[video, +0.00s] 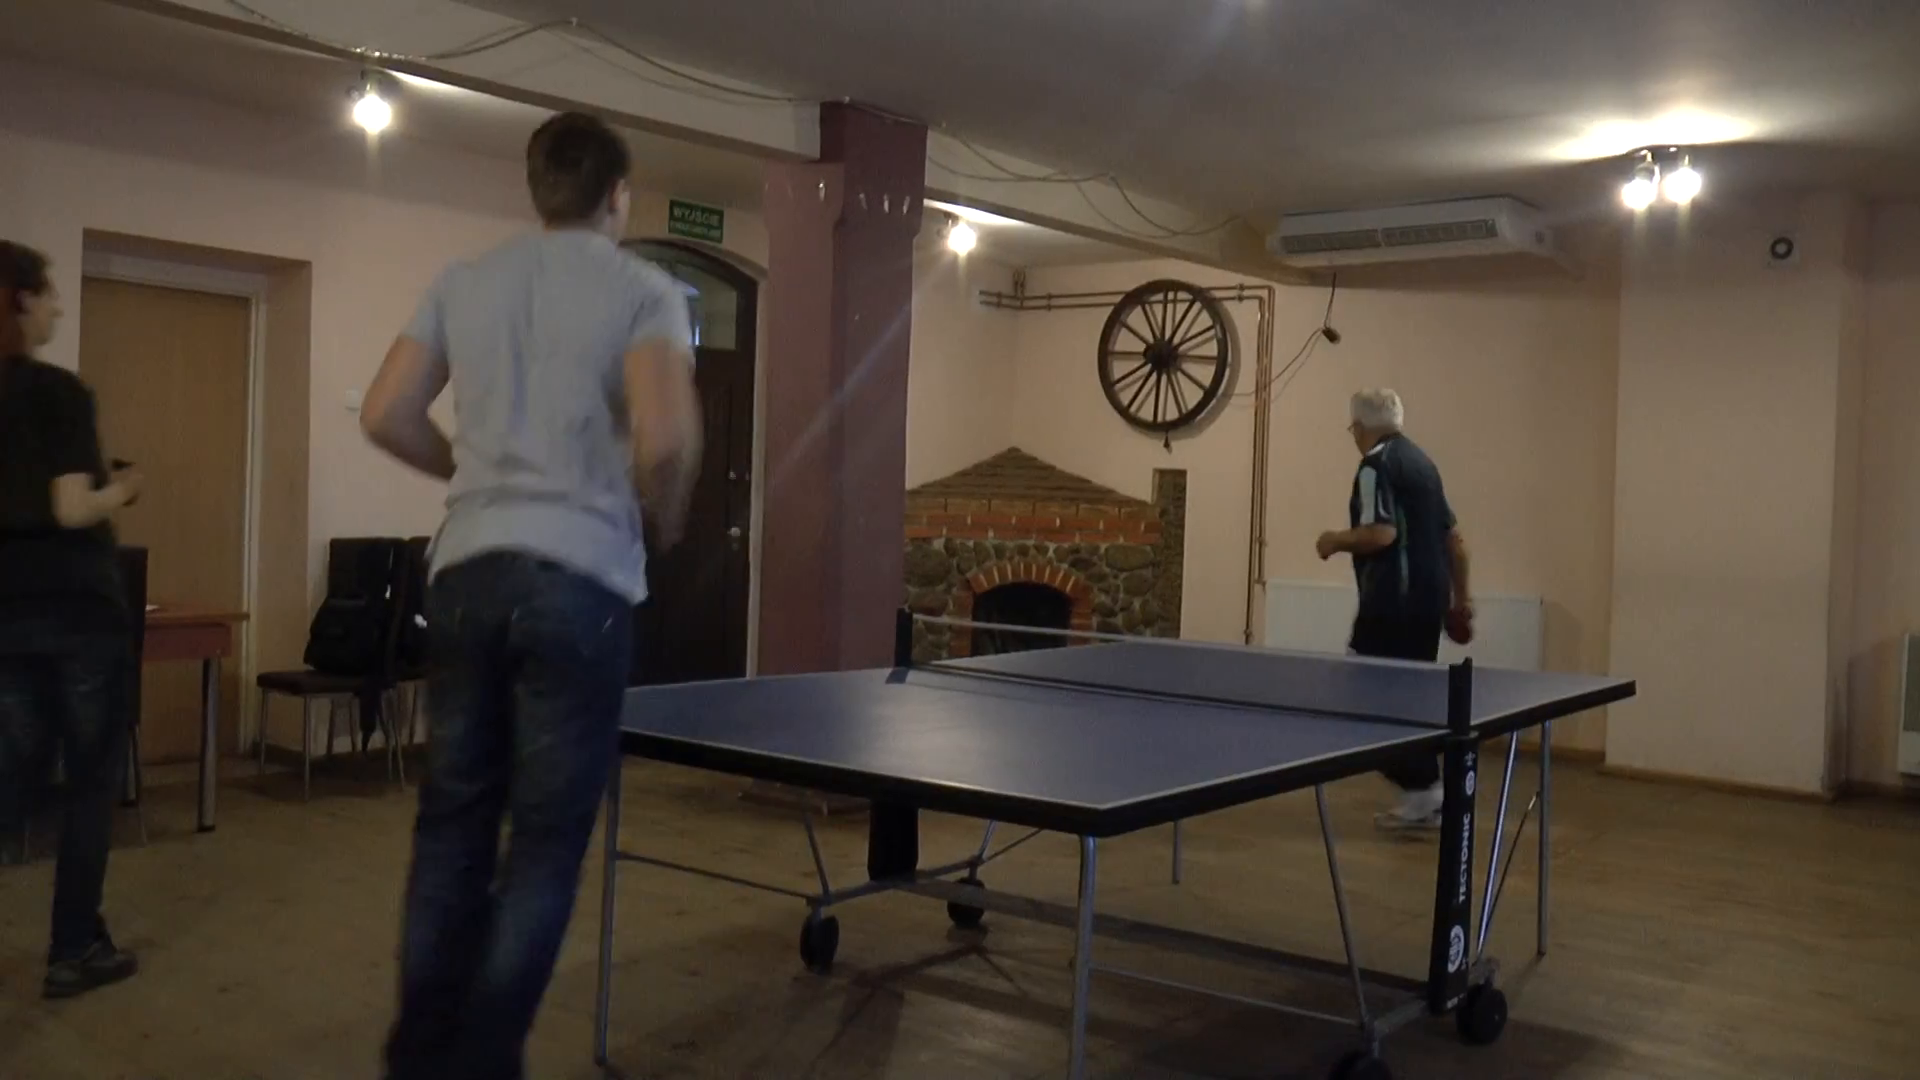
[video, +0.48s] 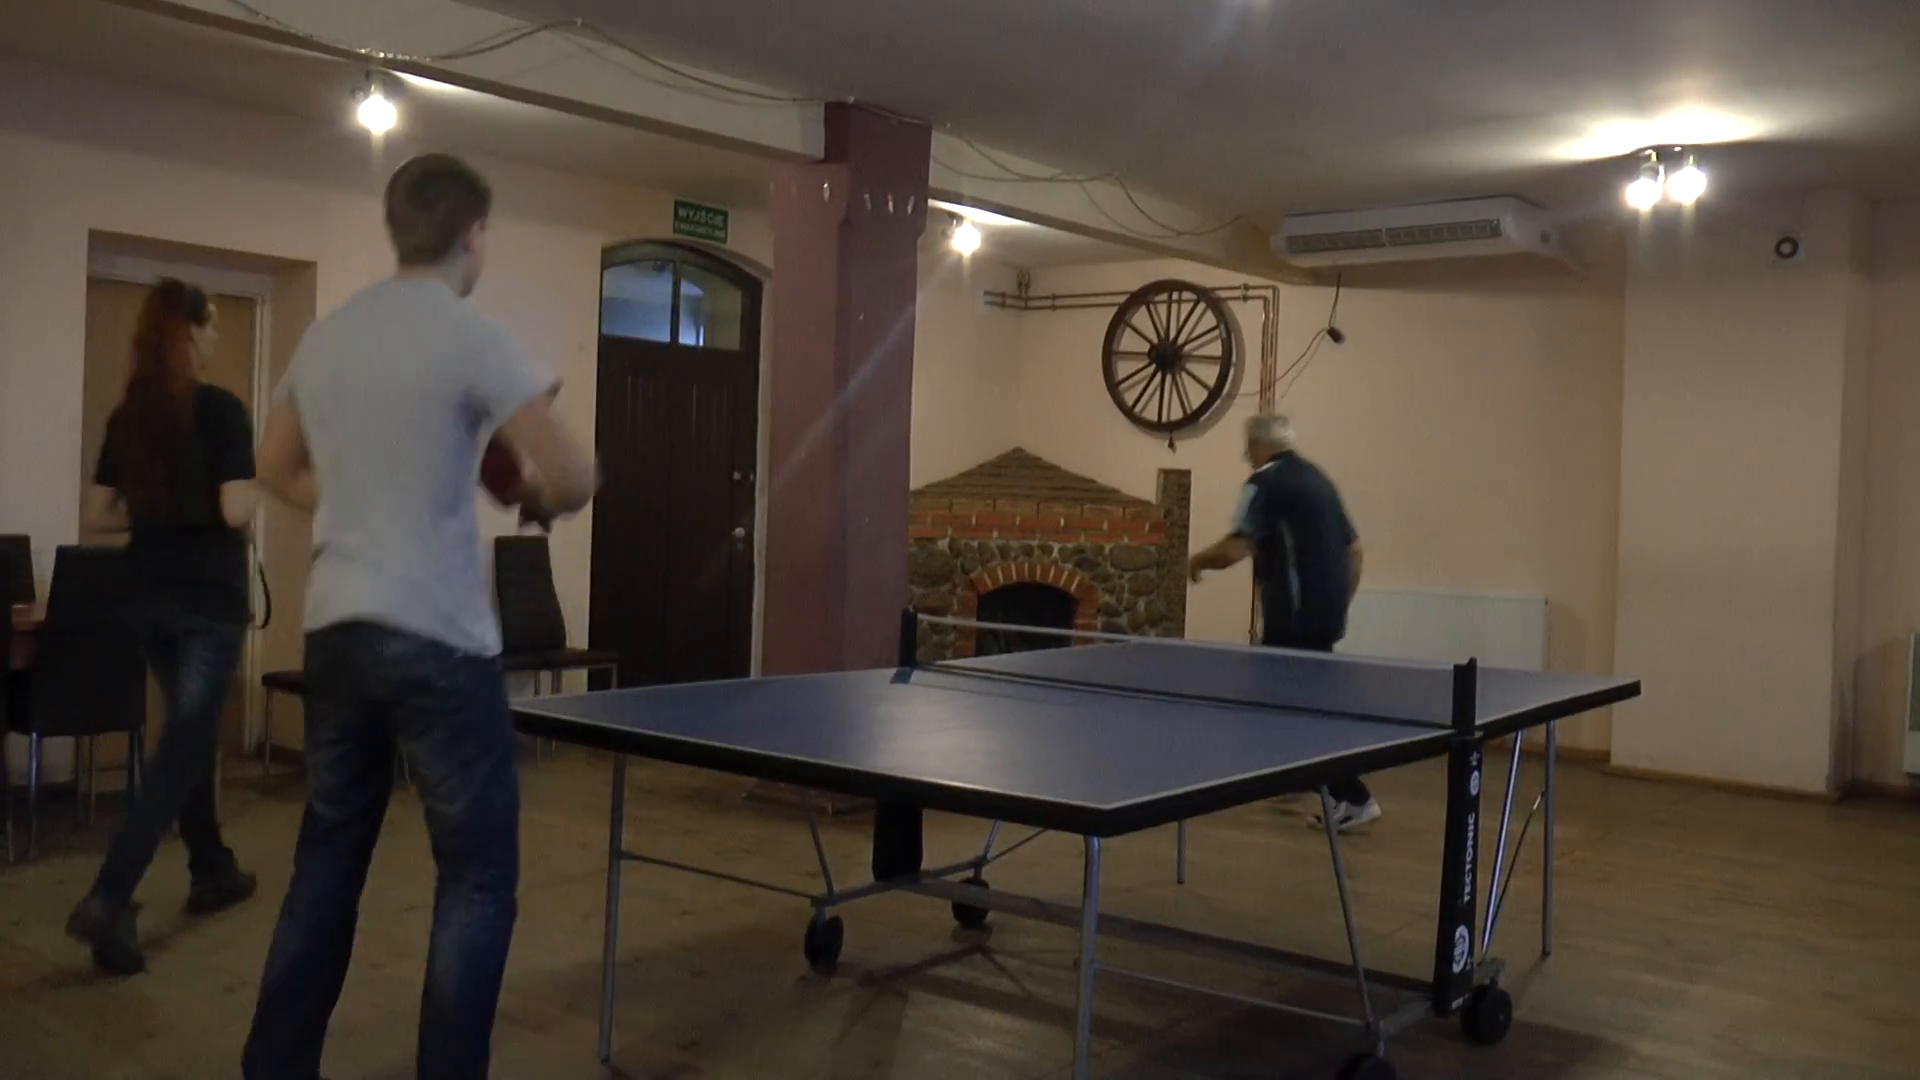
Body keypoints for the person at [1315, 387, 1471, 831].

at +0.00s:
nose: (1351, 431)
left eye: (1354, 425)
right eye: (1353, 425)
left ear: (1363, 427)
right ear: (1395, 424)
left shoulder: (1375, 466)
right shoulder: (1420, 462)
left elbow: (1381, 533)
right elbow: (1453, 540)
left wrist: (1336, 539)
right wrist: (1459, 602)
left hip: (1389, 608)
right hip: (1426, 607)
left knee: (1361, 701)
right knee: (1405, 698)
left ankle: (1419, 789)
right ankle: (1429, 794)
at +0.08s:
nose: (1339, 433)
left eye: (1341, 426)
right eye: (1341, 426)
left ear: (1348, 427)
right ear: (1383, 424)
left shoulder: (1364, 464)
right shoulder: (1406, 460)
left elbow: (1370, 530)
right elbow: (1436, 536)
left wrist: (1325, 540)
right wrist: (1435, 604)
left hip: (1372, 610)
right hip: (1412, 609)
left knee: (1343, 695)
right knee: (1406, 704)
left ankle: (1369, 790)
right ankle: (1423, 803)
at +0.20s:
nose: (1317, 432)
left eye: (1318, 425)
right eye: (1318, 424)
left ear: (1328, 425)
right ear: (1358, 422)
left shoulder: (1342, 462)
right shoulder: (1384, 459)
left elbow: (1350, 523)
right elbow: (1409, 533)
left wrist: (1303, 539)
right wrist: (1400, 583)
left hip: (1347, 605)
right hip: (1389, 604)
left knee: (1321, 691)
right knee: (1393, 699)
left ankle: (1337, 793)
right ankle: (1422, 800)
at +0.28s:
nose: (1299, 431)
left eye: (1299, 425)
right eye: (1300, 425)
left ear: (1308, 425)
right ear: (1340, 421)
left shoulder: (1322, 459)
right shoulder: (1367, 457)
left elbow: (1327, 521)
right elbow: (1389, 533)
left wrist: (1282, 541)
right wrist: (1380, 587)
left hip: (1332, 605)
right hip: (1372, 604)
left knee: (1320, 697)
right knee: (1375, 696)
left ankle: (1345, 790)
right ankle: (1416, 790)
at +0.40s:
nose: (1269, 440)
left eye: (1270, 433)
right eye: (1270, 433)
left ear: (1277, 432)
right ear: (1310, 429)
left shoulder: (1288, 470)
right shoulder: (1337, 466)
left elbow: (1277, 535)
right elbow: (1365, 540)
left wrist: (1234, 552)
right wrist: (1356, 592)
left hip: (1308, 608)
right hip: (1344, 606)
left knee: (1304, 705)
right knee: (1318, 699)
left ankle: (1355, 799)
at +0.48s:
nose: (1246, 454)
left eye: (1248, 446)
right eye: (1247, 446)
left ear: (1257, 445)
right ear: (1286, 441)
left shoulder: (1266, 481)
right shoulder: (1314, 476)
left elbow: (1236, 548)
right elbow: (1352, 549)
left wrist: (1199, 560)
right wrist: (1339, 602)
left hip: (1292, 619)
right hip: (1326, 615)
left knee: (1302, 709)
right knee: (1294, 703)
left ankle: (1355, 798)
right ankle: (1299, 781)